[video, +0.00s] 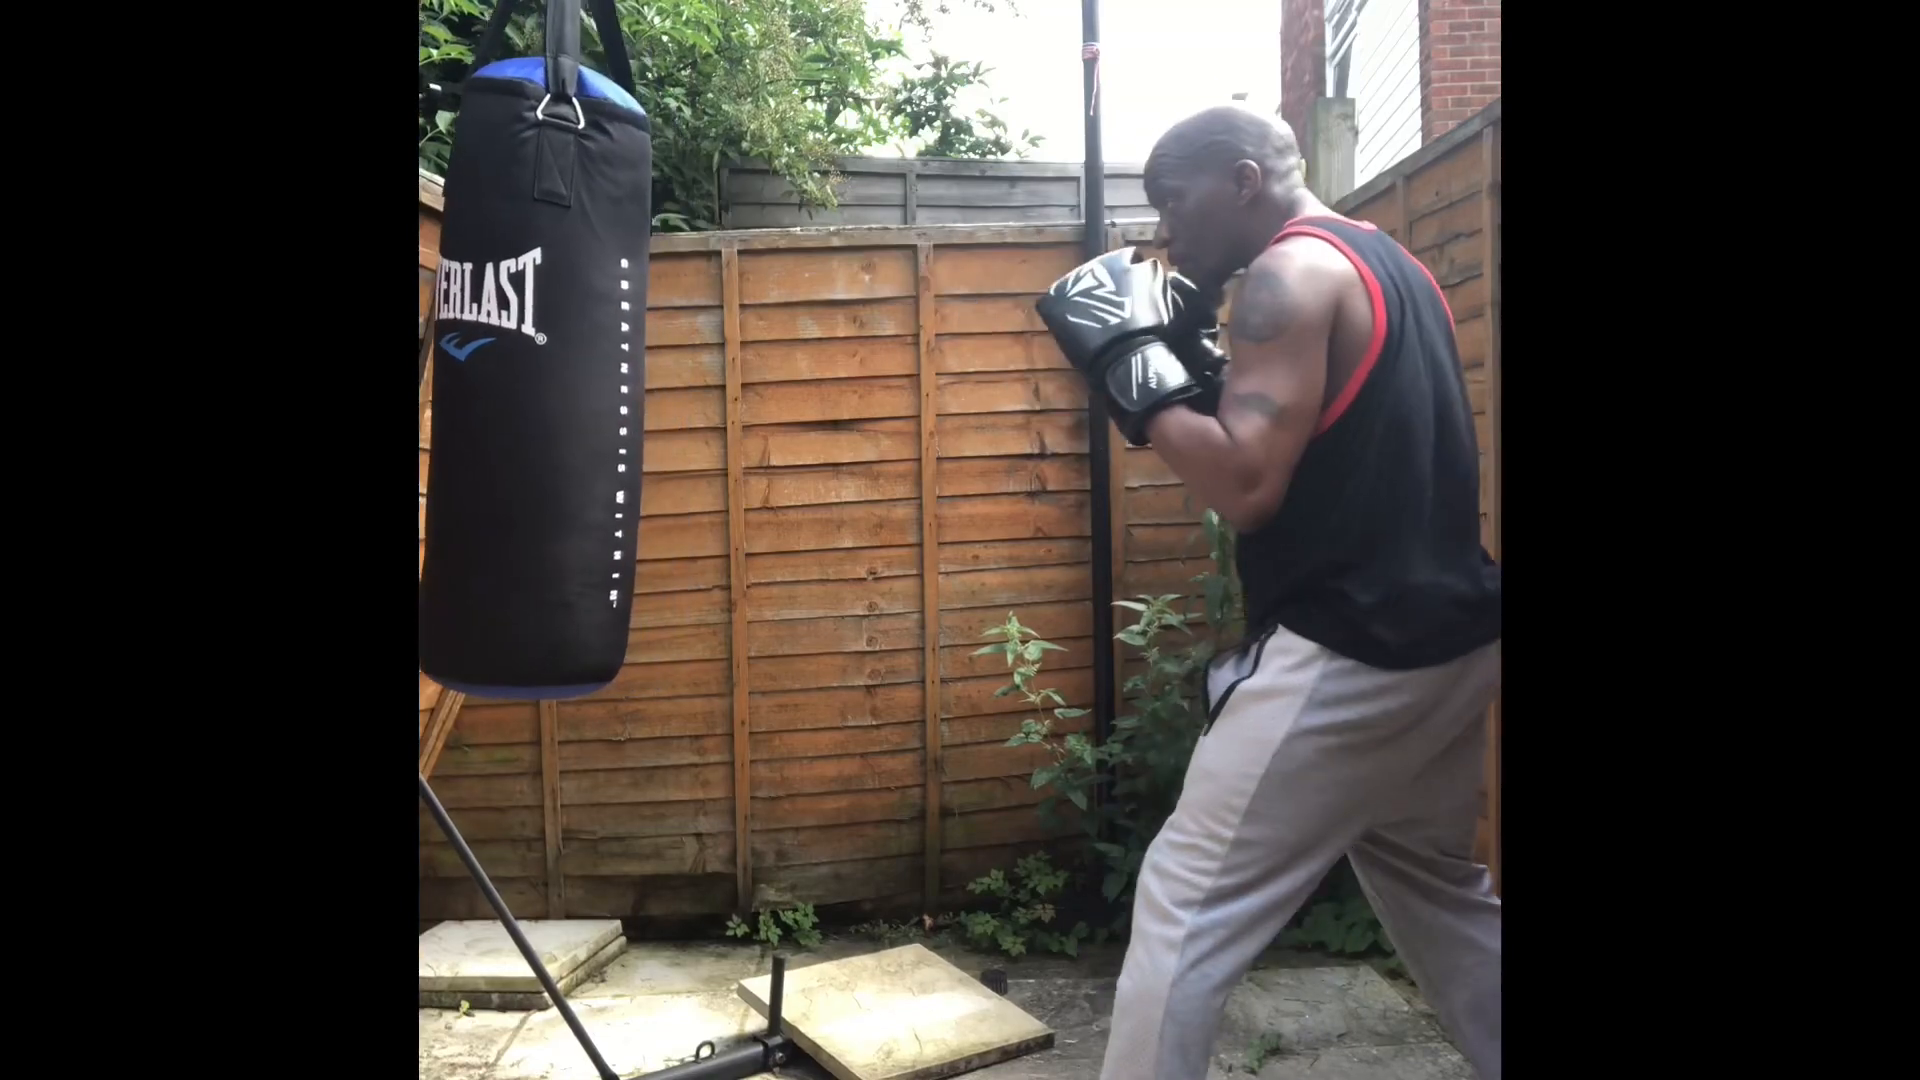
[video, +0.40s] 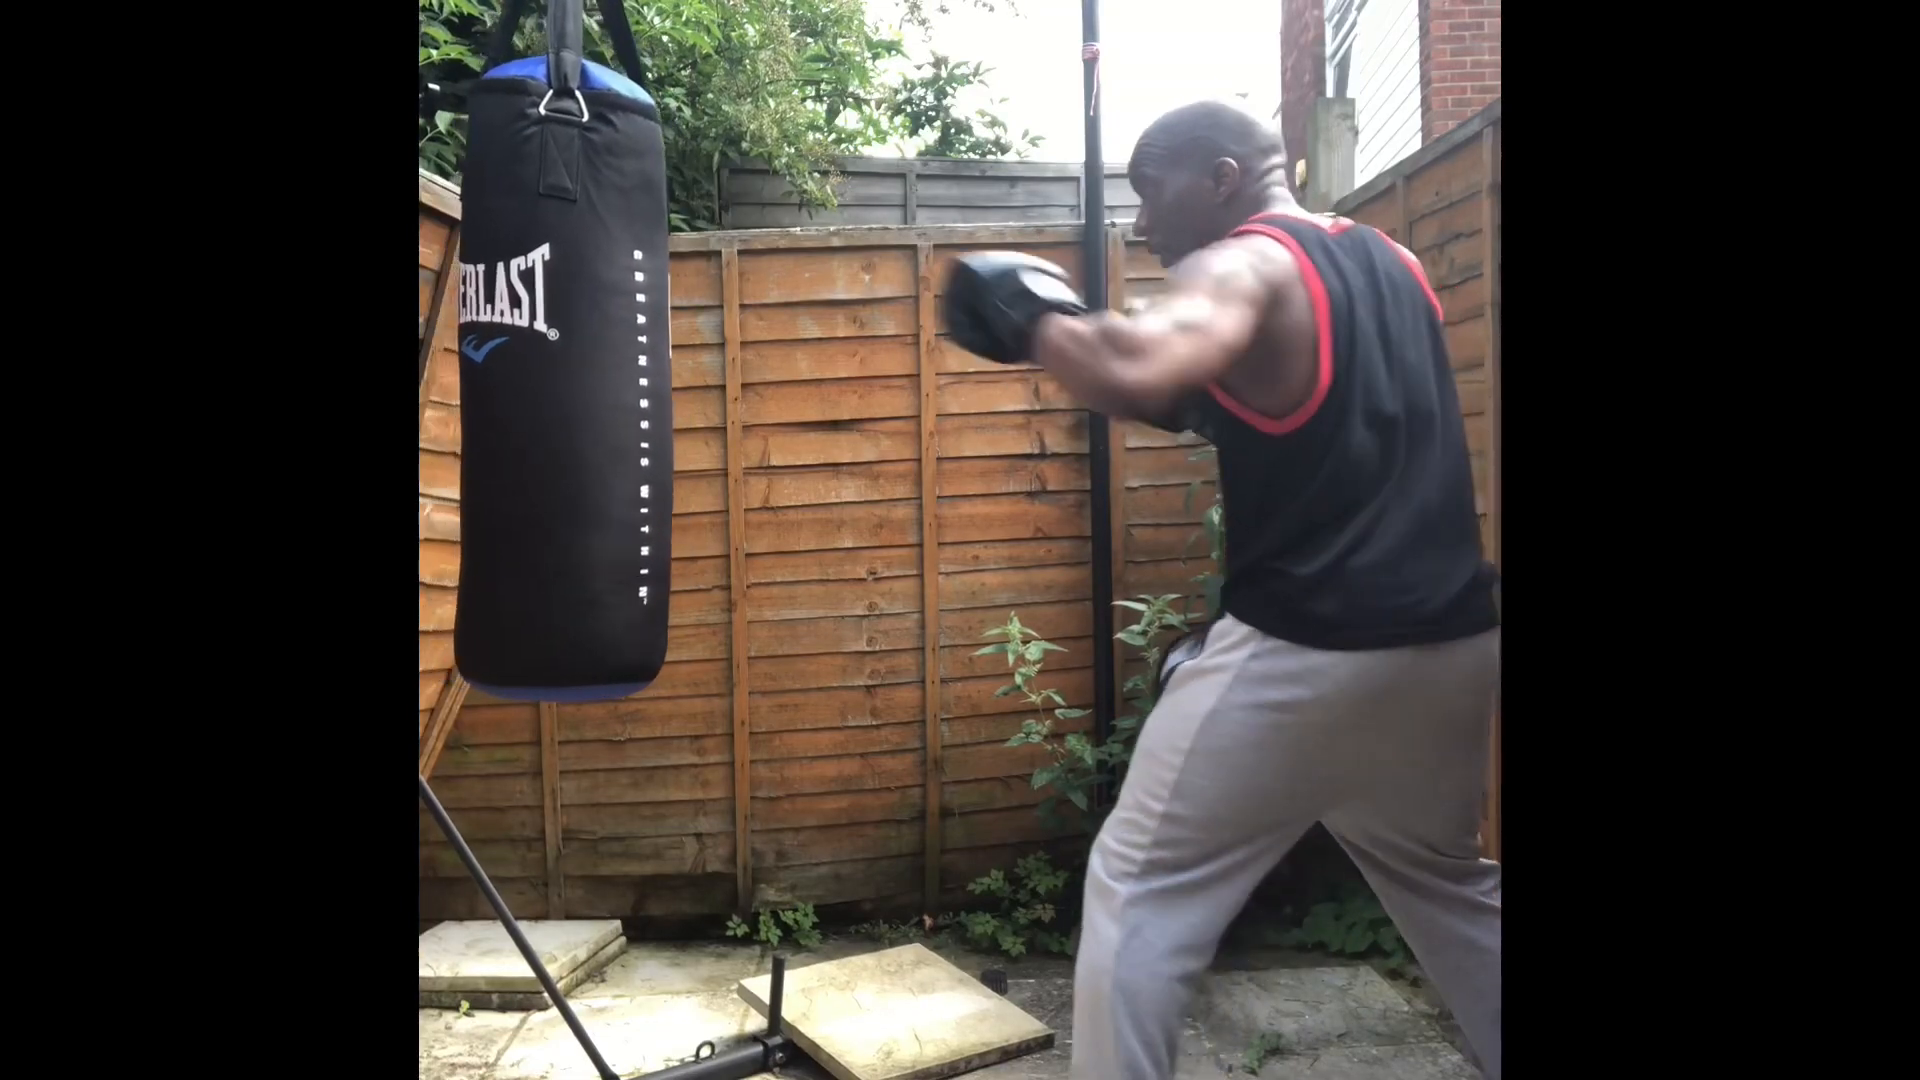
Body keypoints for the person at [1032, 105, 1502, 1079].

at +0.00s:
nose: (1165, 232)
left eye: (1172, 204)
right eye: (1159, 208)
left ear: (1248, 183)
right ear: (1261, 183)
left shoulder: (1290, 274)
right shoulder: (1378, 254)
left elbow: (1241, 486)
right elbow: (1326, 444)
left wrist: (1125, 363)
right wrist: (1194, 366)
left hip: (1350, 641)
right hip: (1454, 624)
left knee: (1187, 900)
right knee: (1435, 882)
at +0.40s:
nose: (1139, 223)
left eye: (1149, 193)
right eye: (1135, 197)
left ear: (1220, 180)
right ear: (1265, 178)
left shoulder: (1245, 263)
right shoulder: (1392, 257)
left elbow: (1142, 373)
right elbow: (1346, 391)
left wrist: (1029, 317)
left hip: (1299, 647)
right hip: (1456, 639)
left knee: (1141, 885)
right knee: (1447, 878)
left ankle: (1121, 1066)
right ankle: (1498, 1054)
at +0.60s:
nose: (1029, 203)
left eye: (1047, 173)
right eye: (1022, 181)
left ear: (1134, 157)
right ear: (1140, 165)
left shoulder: (1172, 253)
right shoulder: (1211, 235)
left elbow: (1057, 441)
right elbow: (1198, 403)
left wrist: (910, 341)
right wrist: (1060, 336)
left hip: (1259, 644)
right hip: (1333, 626)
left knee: (1076, 884)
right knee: (1404, 901)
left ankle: (1065, 1069)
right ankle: (1497, 1051)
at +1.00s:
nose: (1062, 240)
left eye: (1070, 209)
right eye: (1055, 215)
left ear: (1146, 185)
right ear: (1163, 188)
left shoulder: (1200, 270)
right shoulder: (1284, 253)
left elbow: (1155, 494)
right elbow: (1245, 448)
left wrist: (1023, 370)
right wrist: (1109, 360)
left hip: (1257, 660)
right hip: (1352, 637)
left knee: (1077, 895)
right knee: (1353, 892)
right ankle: (1490, 1056)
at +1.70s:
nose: (1122, 225)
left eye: (1128, 194)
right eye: (1116, 199)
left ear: (1200, 178)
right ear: (1232, 177)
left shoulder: (1212, 261)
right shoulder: (1374, 256)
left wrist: (995, 321)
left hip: (1259, 658)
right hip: (1416, 652)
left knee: (1072, 882)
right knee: (1429, 891)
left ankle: (1046, 1067)